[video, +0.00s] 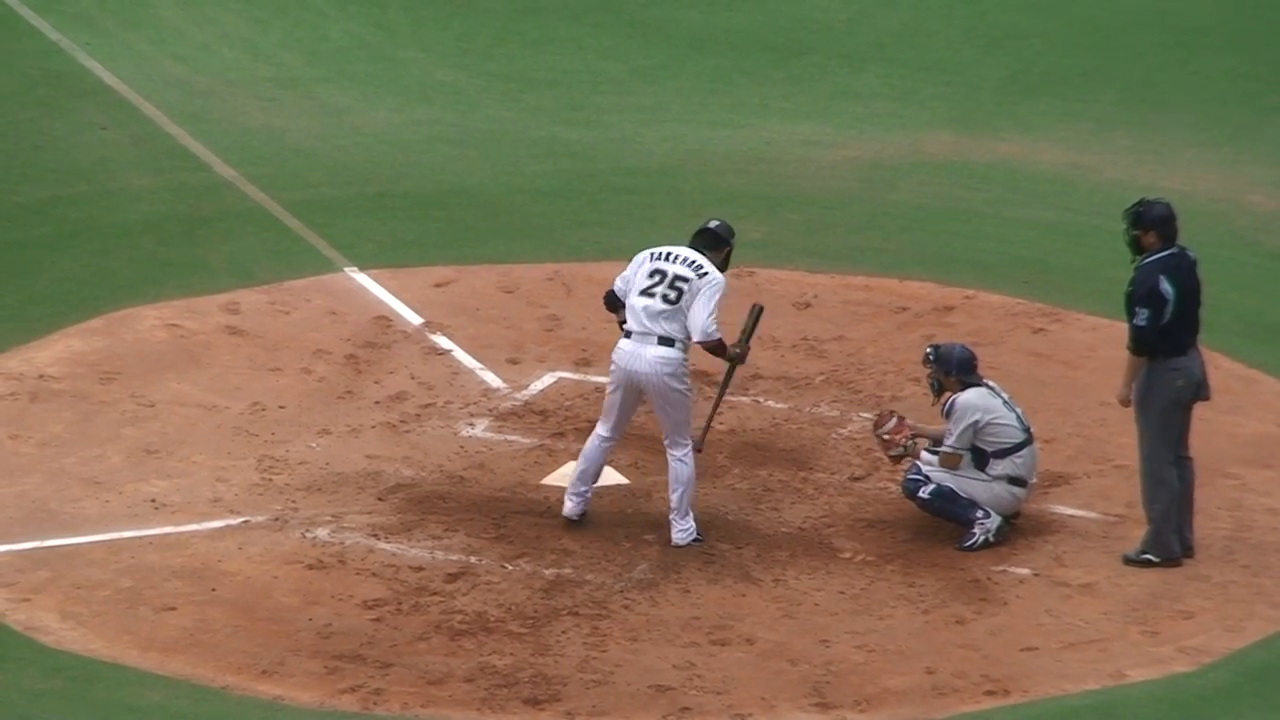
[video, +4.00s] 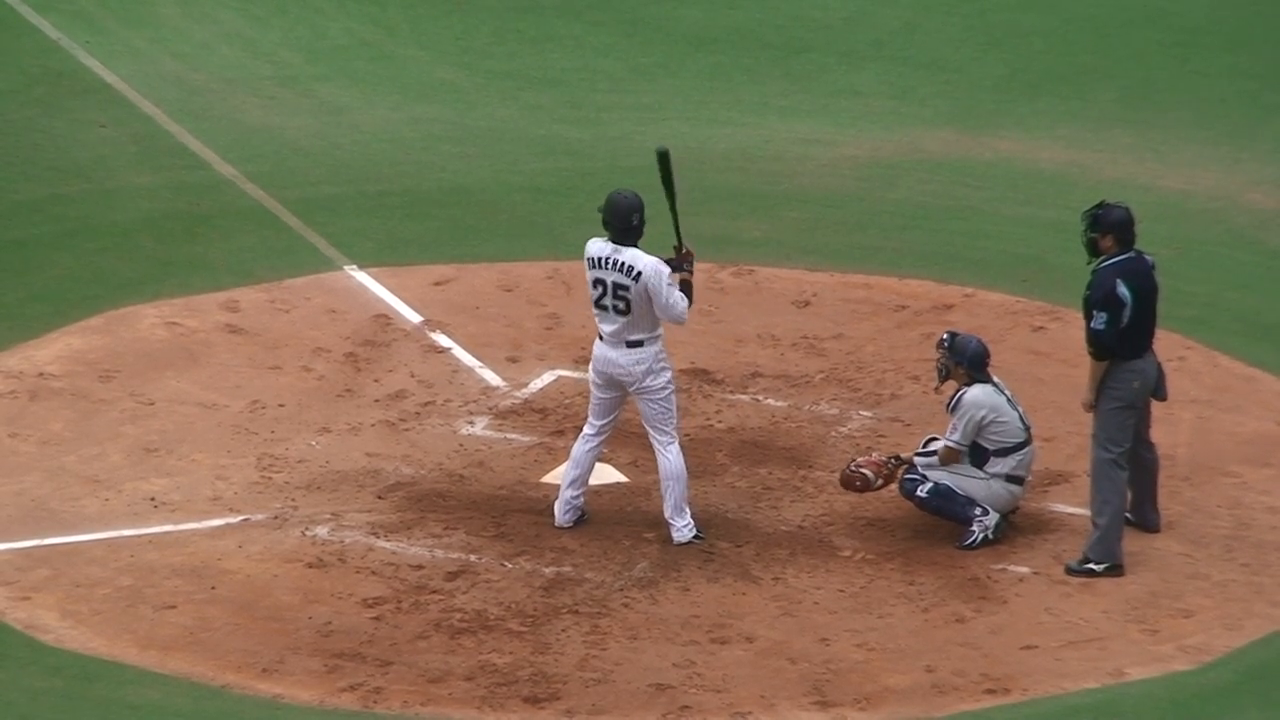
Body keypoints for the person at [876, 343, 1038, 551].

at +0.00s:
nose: (931, 375)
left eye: (936, 371)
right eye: (932, 370)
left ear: (951, 376)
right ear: (966, 373)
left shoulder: (966, 403)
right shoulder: (985, 387)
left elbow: (949, 463)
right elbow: (957, 436)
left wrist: (914, 451)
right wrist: (915, 429)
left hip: (1005, 493)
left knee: (915, 479)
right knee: (930, 454)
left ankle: (985, 520)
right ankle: (1003, 507)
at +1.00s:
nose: (938, 367)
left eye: (943, 364)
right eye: (939, 362)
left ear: (958, 373)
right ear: (971, 372)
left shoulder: (969, 403)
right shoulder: (991, 388)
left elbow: (947, 463)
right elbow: (957, 435)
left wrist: (914, 451)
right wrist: (915, 434)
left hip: (1003, 493)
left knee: (914, 479)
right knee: (932, 453)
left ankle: (982, 520)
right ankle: (1003, 508)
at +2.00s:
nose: (940, 368)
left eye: (945, 363)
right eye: (941, 362)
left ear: (960, 371)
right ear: (976, 369)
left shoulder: (970, 401)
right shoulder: (993, 387)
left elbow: (949, 461)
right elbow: (967, 436)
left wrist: (910, 453)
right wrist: (925, 432)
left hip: (1004, 492)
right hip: (1019, 483)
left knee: (914, 477)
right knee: (929, 452)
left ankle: (984, 519)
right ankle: (1002, 506)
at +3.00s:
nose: (940, 367)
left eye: (945, 364)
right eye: (941, 362)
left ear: (960, 371)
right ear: (974, 369)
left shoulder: (972, 402)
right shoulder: (992, 388)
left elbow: (947, 460)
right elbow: (958, 434)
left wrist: (905, 458)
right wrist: (916, 426)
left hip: (1003, 491)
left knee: (913, 479)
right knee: (935, 448)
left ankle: (983, 518)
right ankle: (1002, 507)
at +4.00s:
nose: (941, 362)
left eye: (947, 359)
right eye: (943, 356)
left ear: (961, 367)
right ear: (975, 366)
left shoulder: (972, 398)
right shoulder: (991, 384)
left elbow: (949, 457)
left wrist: (906, 459)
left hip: (1000, 489)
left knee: (912, 479)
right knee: (931, 444)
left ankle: (982, 517)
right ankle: (998, 503)